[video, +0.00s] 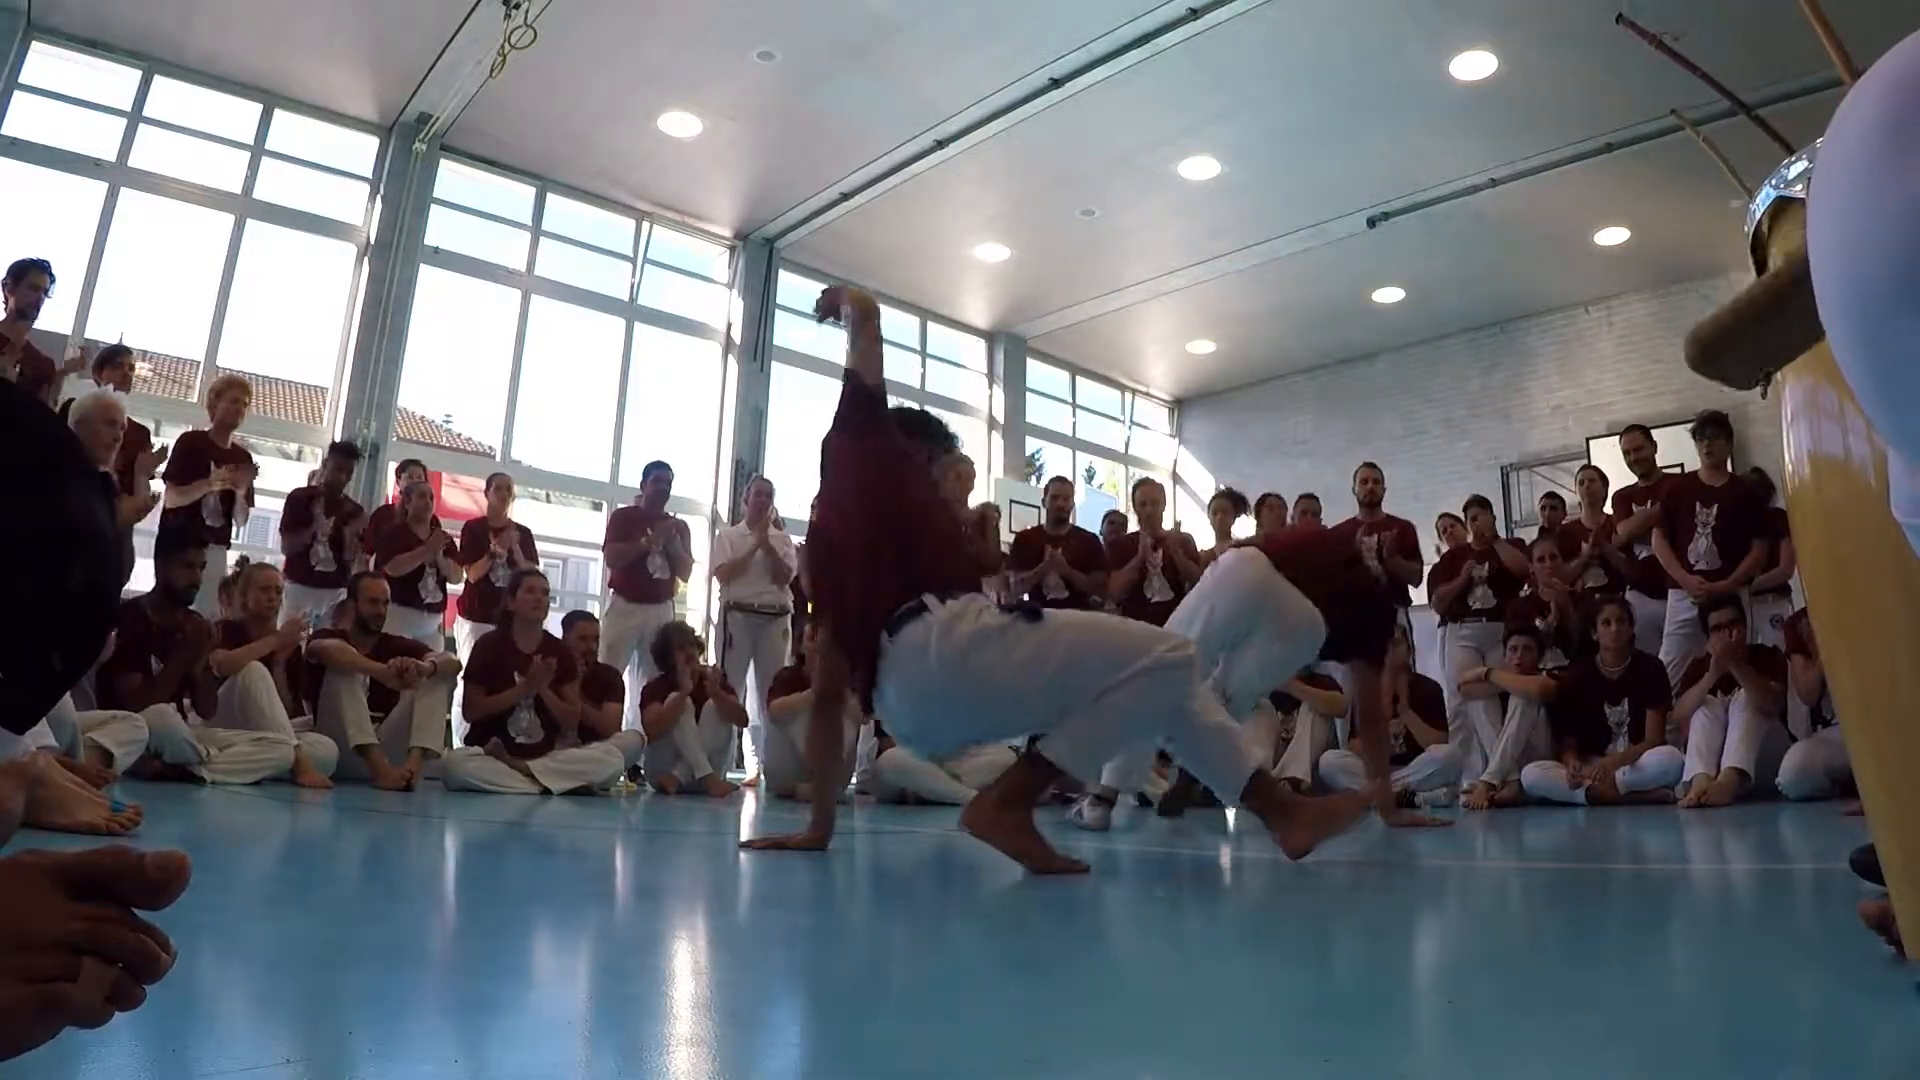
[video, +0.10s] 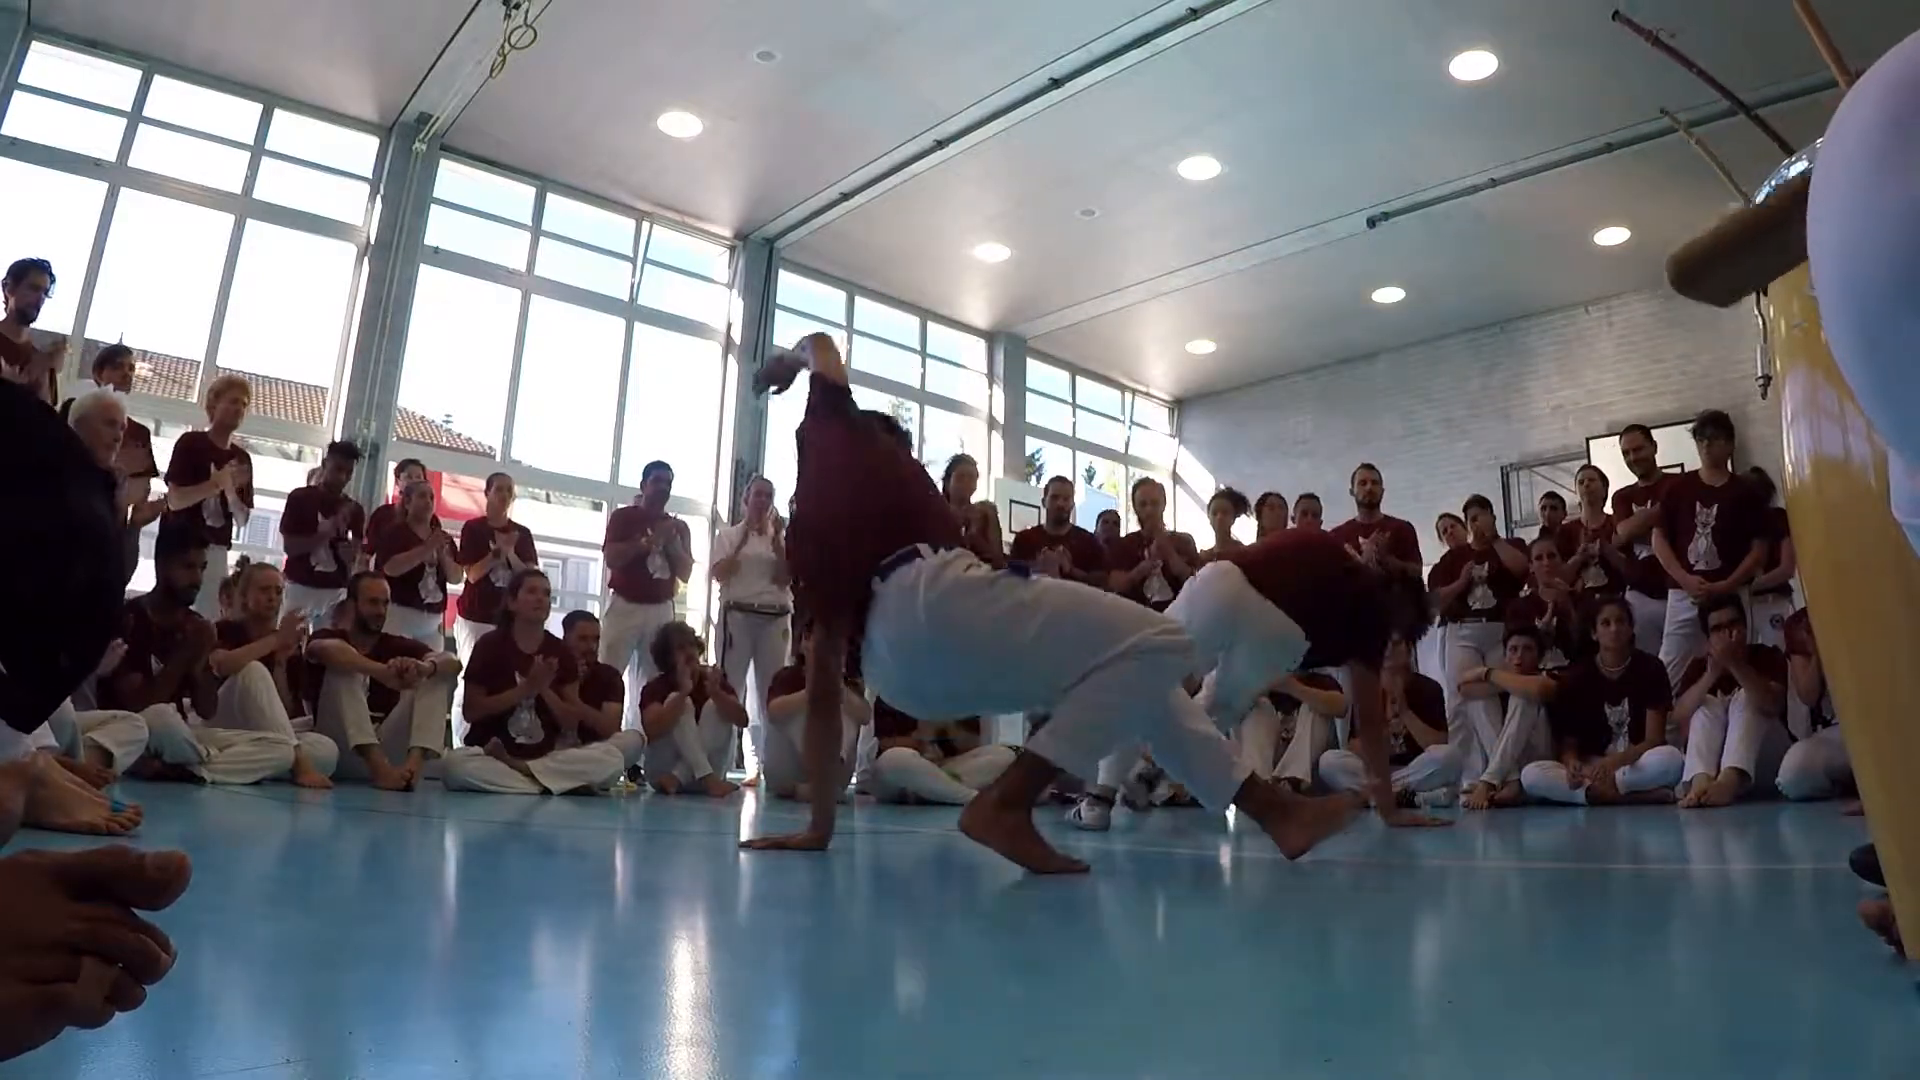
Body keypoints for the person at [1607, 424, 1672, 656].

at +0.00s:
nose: (1633, 458)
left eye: (1639, 449)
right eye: (1627, 453)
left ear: (1654, 447)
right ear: (1622, 457)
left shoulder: (1678, 484)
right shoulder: (1622, 496)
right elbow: (1623, 532)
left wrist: (1637, 522)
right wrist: (1663, 509)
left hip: (1677, 591)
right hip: (1640, 594)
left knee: (1681, 670)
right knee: (1644, 669)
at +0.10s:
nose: (1633, 458)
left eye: (1638, 450)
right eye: (1627, 453)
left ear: (1654, 447)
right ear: (1622, 457)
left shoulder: (1678, 484)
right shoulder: (1622, 496)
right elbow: (1623, 532)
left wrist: (1636, 524)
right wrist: (1661, 511)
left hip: (1677, 591)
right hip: (1639, 594)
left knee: (1681, 671)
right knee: (1644, 670)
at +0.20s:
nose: (1633, 458)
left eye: (1638, 450)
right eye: (1627, 453)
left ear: (1654, 447)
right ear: (1622, 457)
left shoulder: (1678, 484)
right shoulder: (1622, 496)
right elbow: (1623, 532)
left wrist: (1632, 530)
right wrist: (1662, 510)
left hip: (1677, 591)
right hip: (1640, 594)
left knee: (1683, 671)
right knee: (1645, 669)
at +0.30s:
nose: (1633, 458)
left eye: (1638, 450)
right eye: (1627, 453)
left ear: (1654, 447)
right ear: (1622, 457)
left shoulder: (1678, 484)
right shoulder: (1622, 496)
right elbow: (1623, 532)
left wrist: (1635, 525)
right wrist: (1662, 510)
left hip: (1678, 591)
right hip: (1640, 594)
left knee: (1683, 670)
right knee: (1644, 669)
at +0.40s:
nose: (1633, 458)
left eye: (1638, 450)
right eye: (1626, 453)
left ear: (1654, 447)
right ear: (1622, 456)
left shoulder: (1678, 484)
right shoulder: (1622, 496)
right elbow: (1623, 532)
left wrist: (1635, 523)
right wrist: (1662, 510)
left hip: (1678, 591)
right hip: (1640, 594)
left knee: (1683, 670)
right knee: (1644, 670)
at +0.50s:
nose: (1633, 458)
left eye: (1638, 450)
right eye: (1626, 453)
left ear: (1654, 447)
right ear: (1622, 457)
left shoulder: (1678, 484)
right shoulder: (1622, 496)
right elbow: (1623, 533)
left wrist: (1634, 525)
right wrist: (1658, 510)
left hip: (1679, 592)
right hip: (1639, 594)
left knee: (1682, 672)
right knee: (1643, 671)